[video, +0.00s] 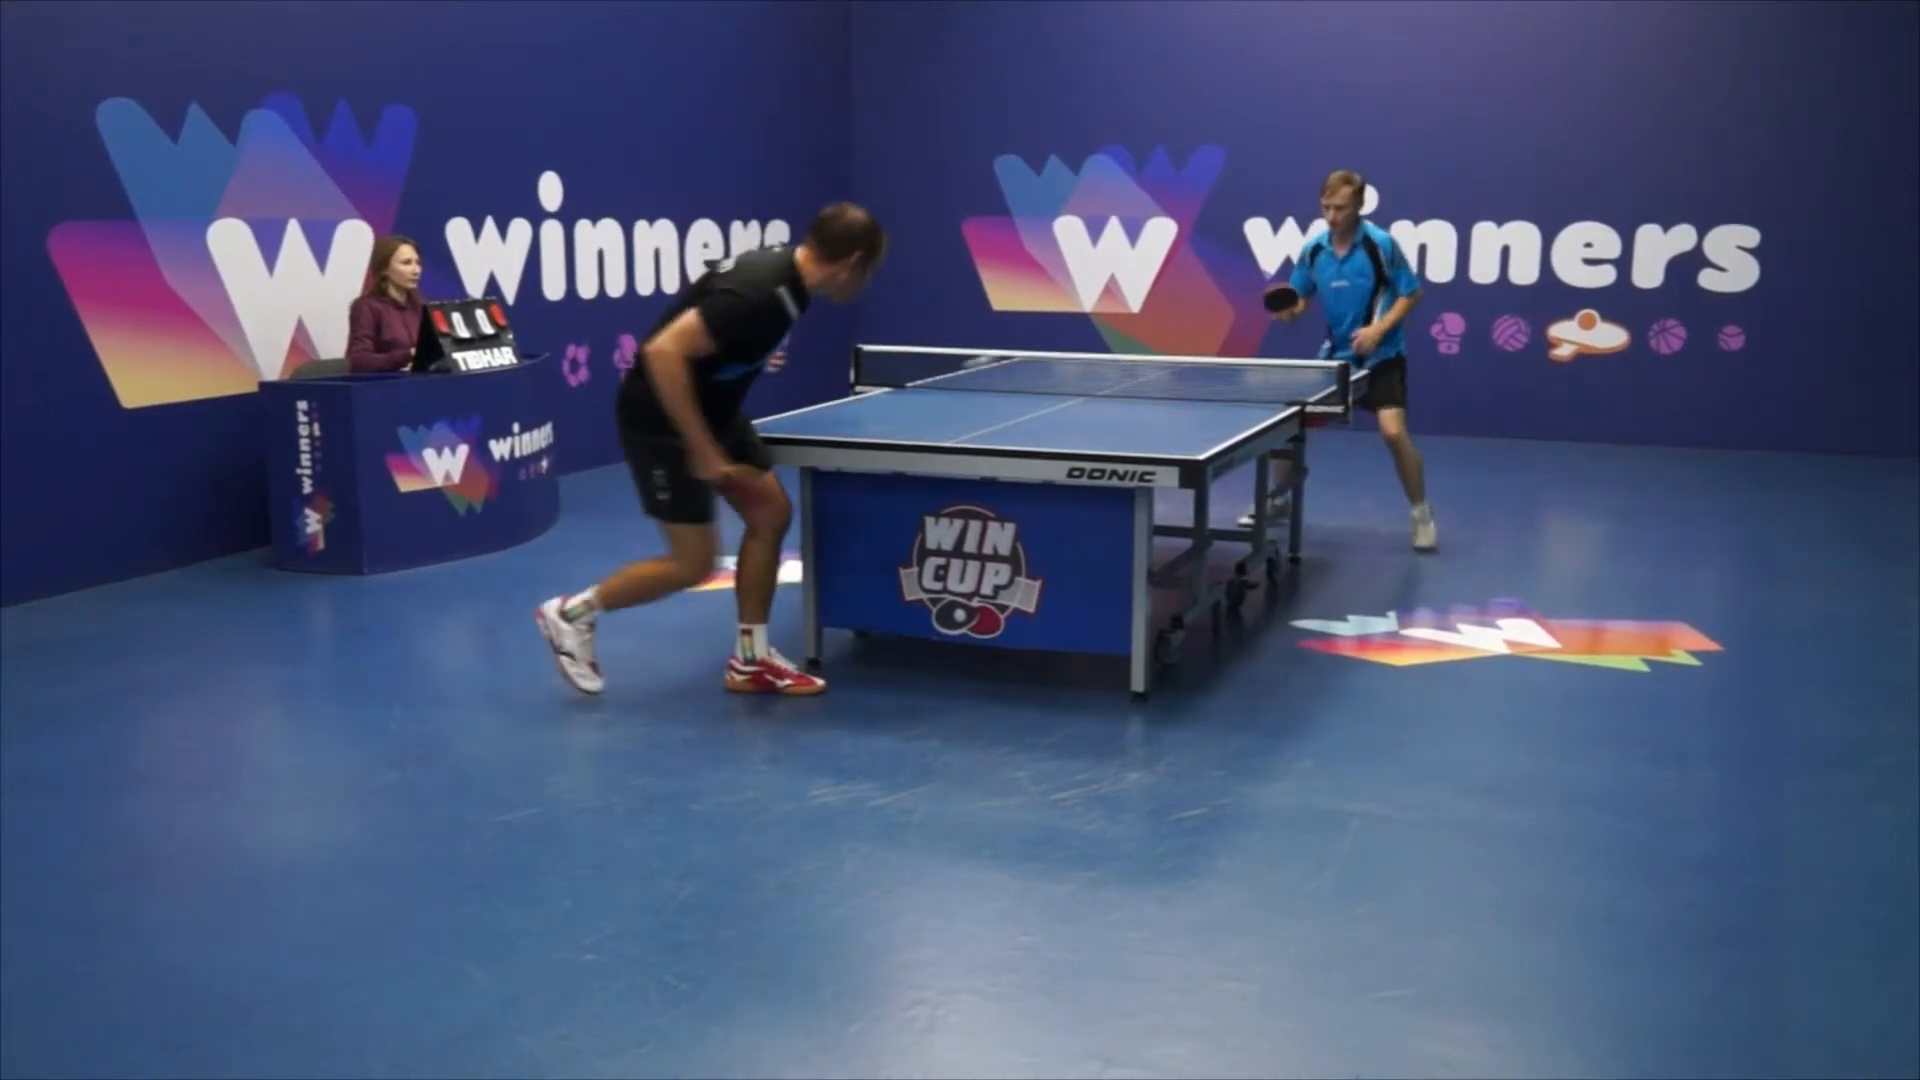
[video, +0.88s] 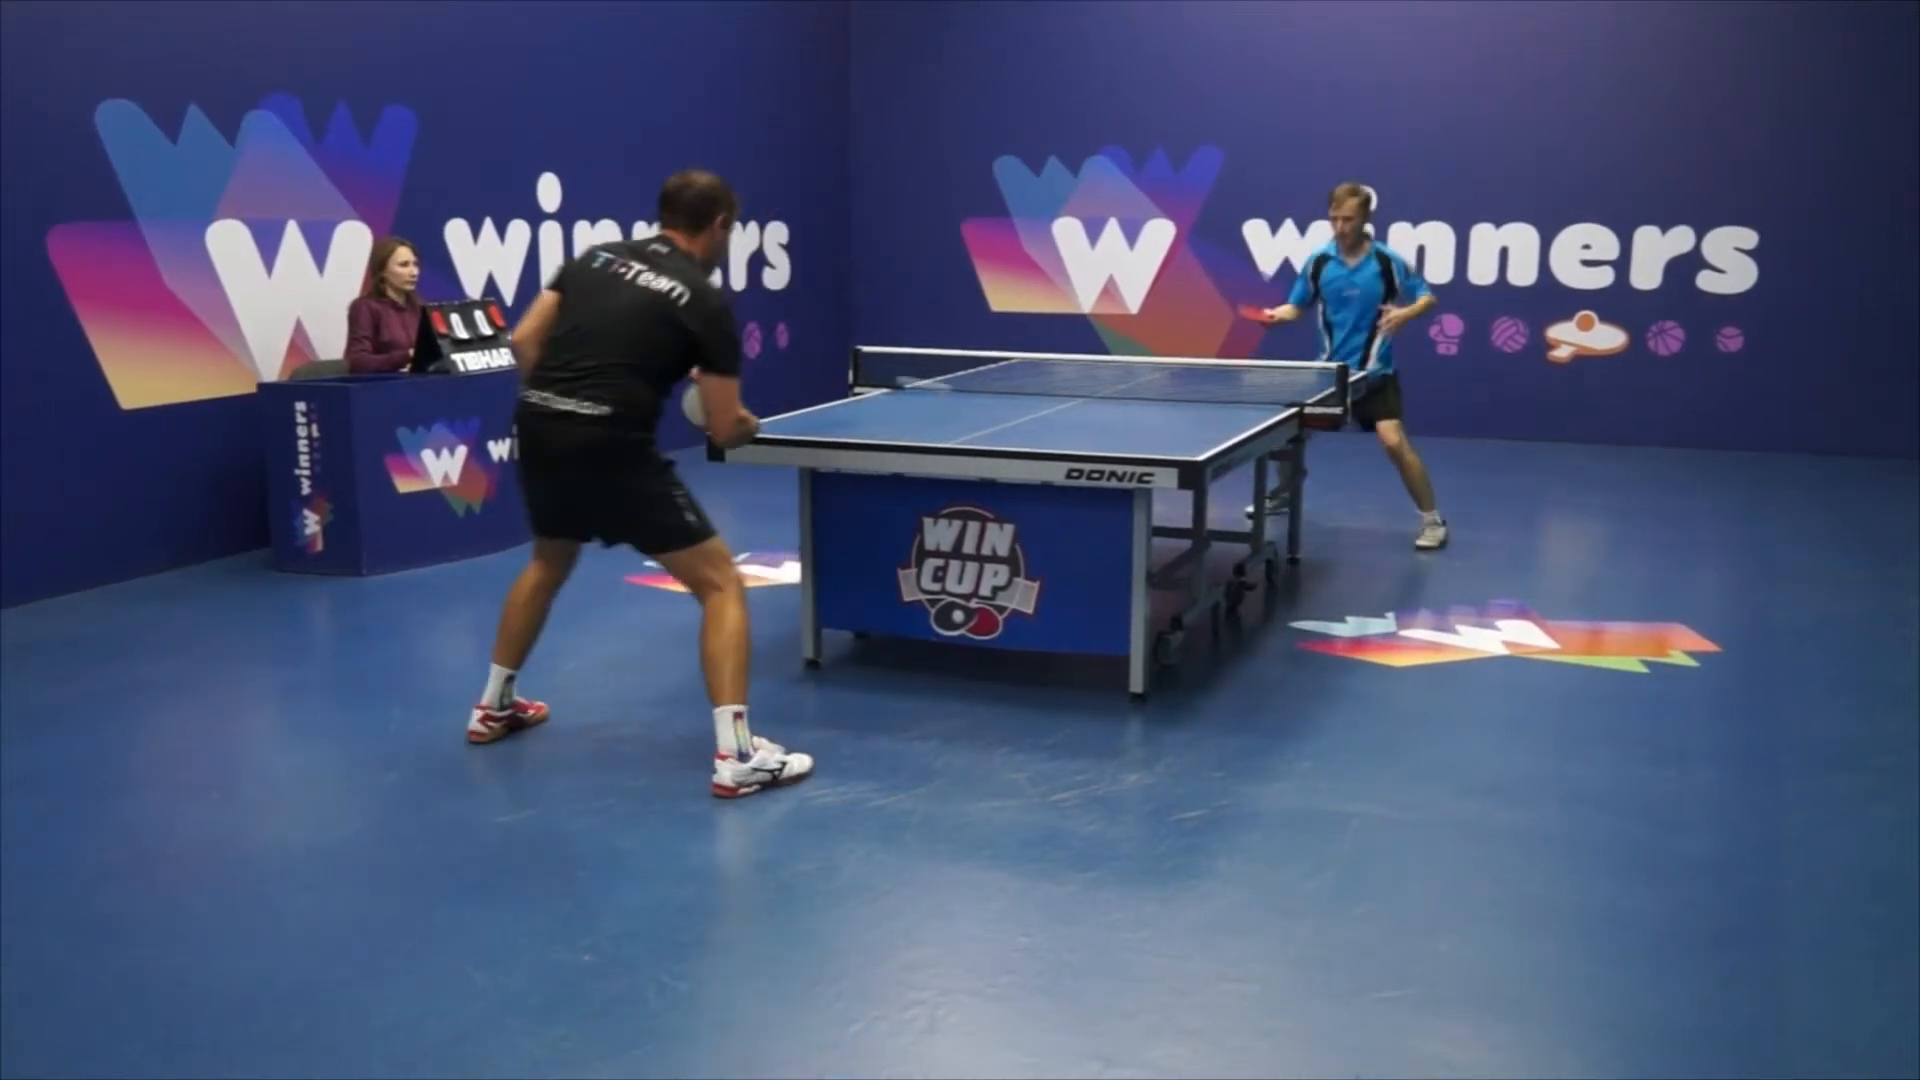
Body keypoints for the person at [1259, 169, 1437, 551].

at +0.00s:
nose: (1332, 216)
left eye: (1340, 209)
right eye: (1327, 208)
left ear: (1359, 209)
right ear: (1322, 207)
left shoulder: (1381, 244)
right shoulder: (1314, 249)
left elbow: (1411, 292)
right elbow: (1301, 298)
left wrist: (1379, 329)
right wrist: (1289, 310)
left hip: (1382, 352)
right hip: (1334, 353)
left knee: (1393, 432)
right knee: (1287, 414)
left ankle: (1421, 513)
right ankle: (1278, 499)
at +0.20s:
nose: (1319, 243)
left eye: (1326, 236)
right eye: (1316, 235)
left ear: (1345, 234)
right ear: (1311, 233)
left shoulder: (1371, 267)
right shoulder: (1304, 275)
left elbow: (1409, 306)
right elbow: (1290, 325)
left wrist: (1381, 328)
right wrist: (1282, 364)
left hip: (1373, 375)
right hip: (1323, 375)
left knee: (1397, 444)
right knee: (1268, 429)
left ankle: (1425, 521)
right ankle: (1226, 498)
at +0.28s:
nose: (1309, 260)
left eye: (1316, 253)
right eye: (1305, 253)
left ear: (1334, 250)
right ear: (1300, 250)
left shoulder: (1358, 278)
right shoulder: (1290, 285)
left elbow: (1405, 308)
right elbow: (1265, 330)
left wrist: (1377, 321)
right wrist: (1260, 370)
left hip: (1363, 380)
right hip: (1314, 381)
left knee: (1393, 444)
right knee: (1261, 437)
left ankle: (1420, 522)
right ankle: (1213, 502)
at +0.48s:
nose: (1309, 281)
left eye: (1316, 275)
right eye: (1304, 273)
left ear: (1331, 268)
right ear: (1297, 265)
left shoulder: (1346, 292)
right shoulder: (1282, 288)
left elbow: (1381, 324)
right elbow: (1223, 305)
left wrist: (1347, 314)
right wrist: (1237, 339)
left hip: (1343, 384)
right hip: (1294, 385)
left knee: (1378, 446)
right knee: (1251, 448)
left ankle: (1419, 523)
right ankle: (1202, 507)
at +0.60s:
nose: (1323, 248)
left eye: (1330, 241)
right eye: (1318, 239)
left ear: (1345, 238)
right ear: (1311, 235)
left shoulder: (1359, 267)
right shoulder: (1296, 268)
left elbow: (1400, 281)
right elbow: (1249, 296)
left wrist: (1361, 287)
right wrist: (1227, 291)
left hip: (1352, 375)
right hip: (1301, 375)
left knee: (1384, 440)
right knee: (1250, 434)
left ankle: (1420, 522)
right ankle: (1205, 503)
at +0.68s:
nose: (1330, 227)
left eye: (1337, 220)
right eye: (1326, 219)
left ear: (1354, 219)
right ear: (1320, 216)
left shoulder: (1372, 250)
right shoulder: (1307, 250)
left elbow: (1419, 268)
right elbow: (1262, 276)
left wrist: (1381, 284)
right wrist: (1234, 293)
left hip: (1362, 366)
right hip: (1311, 365)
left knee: (1389, 435)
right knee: (1263, 426)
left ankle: (1421, 519)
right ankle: (1228, 495)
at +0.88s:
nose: (1341, 227)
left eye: (1349, 220)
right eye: (1336, 219)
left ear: (1365, 221)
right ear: (1330, 218)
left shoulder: (1387, 261)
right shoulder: (1319, 261)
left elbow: (1427, 297)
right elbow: (1296, 306)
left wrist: (1404, 313)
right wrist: (1277, 314)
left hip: (1375, 372)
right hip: (1328, 371)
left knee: (1393, 441)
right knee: (1286, 420)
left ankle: (1431, 519)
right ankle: (1284, 491)